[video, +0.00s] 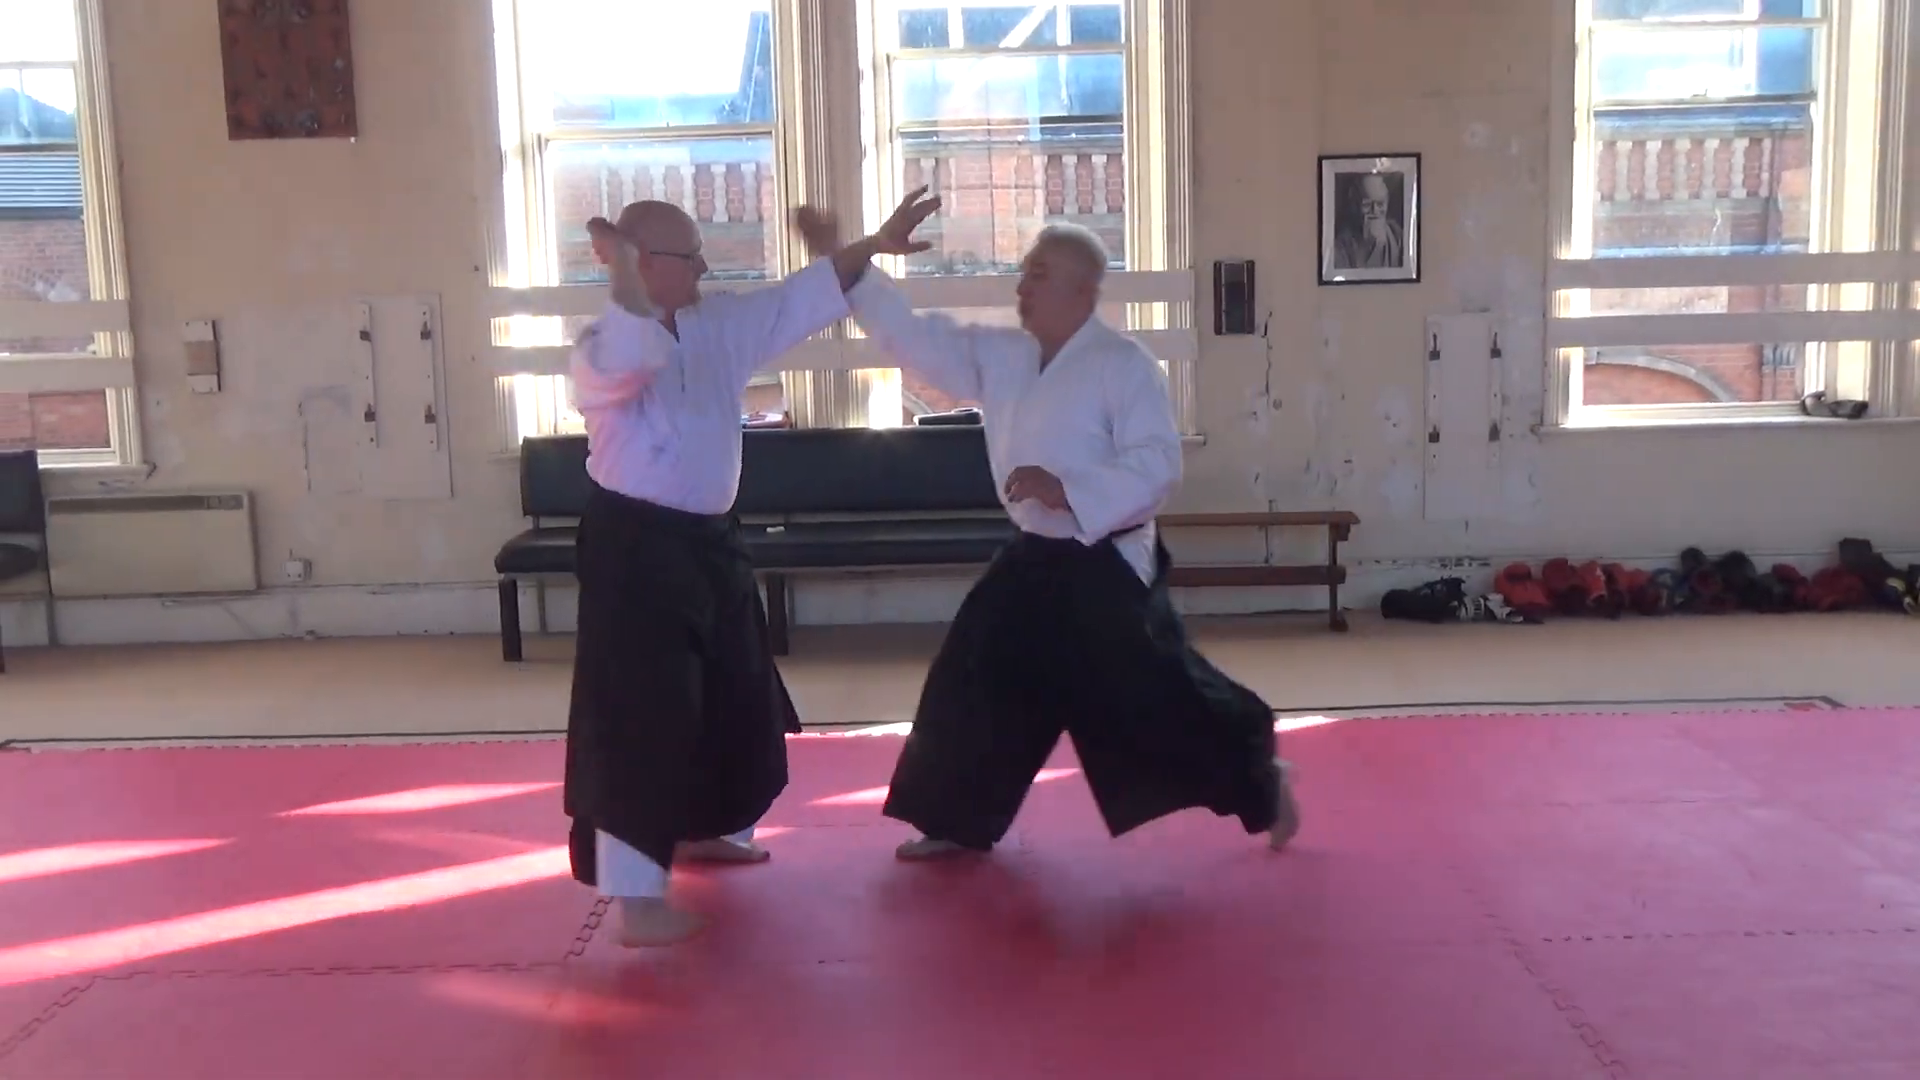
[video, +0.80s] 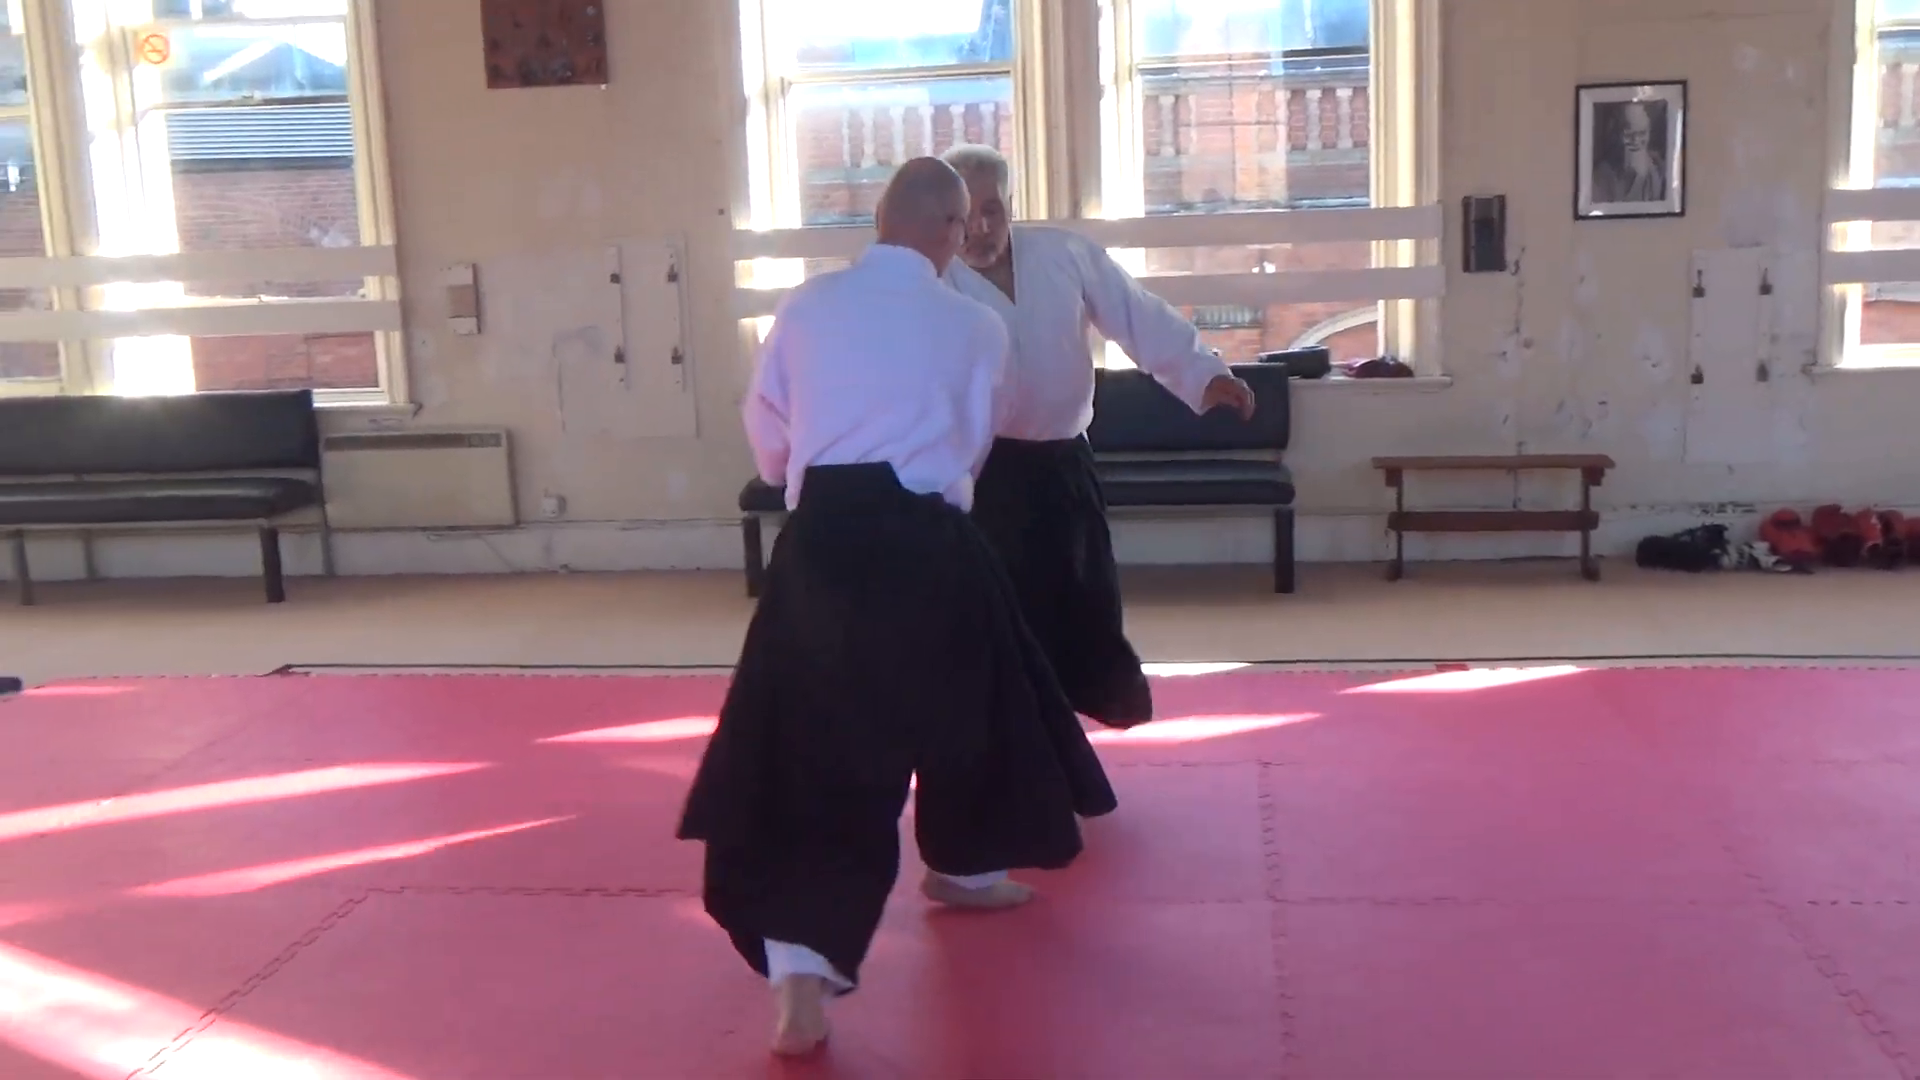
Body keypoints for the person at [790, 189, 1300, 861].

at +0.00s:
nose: (1021, 283)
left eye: (1038, 273)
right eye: (1023, 270)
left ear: (1084, 290)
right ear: (1027, 284)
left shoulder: (1125, 366)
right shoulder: (999, 357)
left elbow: (1155, 466)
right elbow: (909, 332)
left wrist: (1070, 490)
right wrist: (842, 261)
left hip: (1109, 562)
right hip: (1030, 558)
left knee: (1155, 691)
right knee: (972, 677)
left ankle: (1255, 777)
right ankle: (959, 826)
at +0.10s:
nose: (987, 262)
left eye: (1003, 251)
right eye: (987, 252)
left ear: (1050, 265)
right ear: (993, 263)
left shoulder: (1096, 341)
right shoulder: (967, 336)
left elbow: (1145, 432)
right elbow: (877, 336)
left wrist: (1072, 467)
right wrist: (795, 295)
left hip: (1067, 533)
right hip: (994, 531)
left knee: (1083, 662)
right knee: (963, 665)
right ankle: (970, 817)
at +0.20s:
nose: (979, 238)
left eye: (997, 228)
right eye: (978, 227)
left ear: (1040, 244)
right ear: (973, 239)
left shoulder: (1086, 316)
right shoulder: (951, 313)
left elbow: (1128, 402)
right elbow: (866, 337)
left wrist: (1064, 425)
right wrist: (790, 310)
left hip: (1049, 509)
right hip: (969, 506)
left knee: (1052, 653)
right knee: (948, 648)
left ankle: (1064, 782)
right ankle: (964, 787)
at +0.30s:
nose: (977, 238)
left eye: (994, 228)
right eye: (975, 228)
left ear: (1034, 244)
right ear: (967, 241)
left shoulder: (1080, 314)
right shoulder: (944, 316)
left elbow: (1124, 390)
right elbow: (871, 354)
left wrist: (1073, 419)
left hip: (1041, 502)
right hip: (959, 498)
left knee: (1050, 644)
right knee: (923, 638)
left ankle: (1067, 770)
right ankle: (909, 791)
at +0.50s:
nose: (939, 236)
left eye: (953, 225)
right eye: (930, 227)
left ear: (988, 237)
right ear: (920, 242)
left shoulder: (1045, 308)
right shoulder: (902, 325)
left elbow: (1108, 375)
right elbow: (843, 382)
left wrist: (1136, 434)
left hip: (1045, 507)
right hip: (957, 512)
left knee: (1086, 638)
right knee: (936, 649)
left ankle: (1122, 753)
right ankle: (942, 794)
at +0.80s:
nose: (981, 226)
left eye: (992, 210)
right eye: (967, 212)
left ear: (1011, 205)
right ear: (943, 213)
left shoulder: (1065, 257)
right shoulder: (928, 279)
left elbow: (1138, 314)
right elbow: (901, 367)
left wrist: (1202, 372)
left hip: (1062, 467)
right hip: (974, 473)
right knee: (989, 630)